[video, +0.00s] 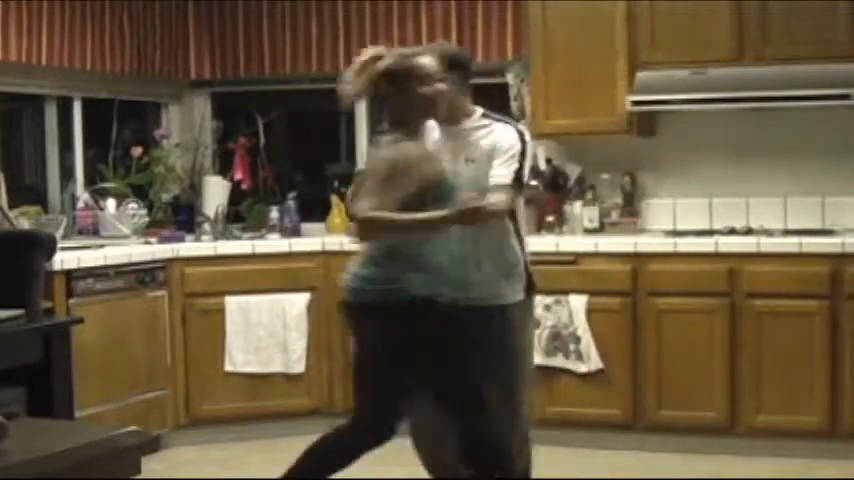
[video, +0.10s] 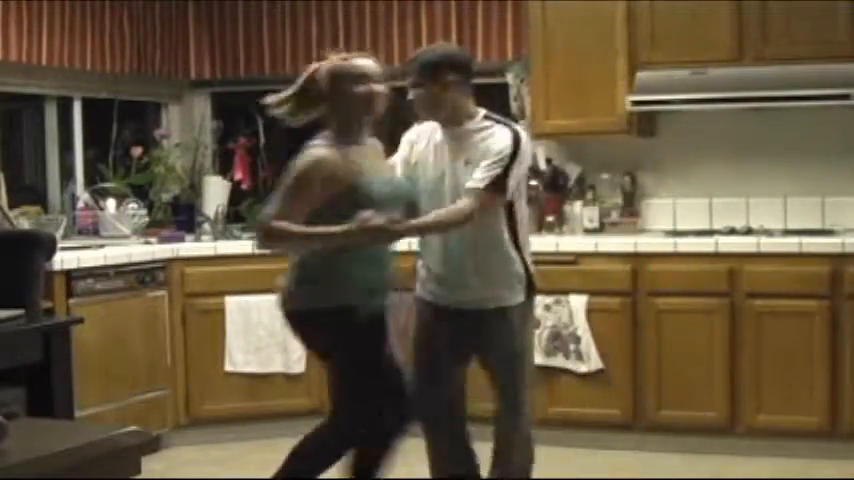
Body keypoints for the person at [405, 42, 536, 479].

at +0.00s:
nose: (426, 92)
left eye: (435, 81)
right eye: (422, 83)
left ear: (462, 83)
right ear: (422, 87)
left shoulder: (504, 136)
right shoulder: (418, 136)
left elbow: (500, 203)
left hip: (497, 298)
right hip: (433, 298)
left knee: (504, 414)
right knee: (429, 417)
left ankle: (513, 473)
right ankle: (453, 475)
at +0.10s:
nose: (410, 96)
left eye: (417, 87)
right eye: (409, 88)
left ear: (451, 85)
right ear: (444, 87)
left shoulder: (504, 139)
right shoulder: (415, 138)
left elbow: (473, 207)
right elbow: (392, 198)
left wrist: (401, 229)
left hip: (500, 301)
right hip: (436, 300)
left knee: (513, 411)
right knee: (435, 410)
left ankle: (512, 474)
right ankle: (456, 475)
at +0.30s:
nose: (409, 98)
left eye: (415, 88)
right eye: (409, 89)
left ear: (448, 87)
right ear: (442, 90)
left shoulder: (497, 141)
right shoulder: (424, 143)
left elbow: (426, 207)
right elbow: (399, 208)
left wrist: (339, 230)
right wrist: (331, 199)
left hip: (505, 303)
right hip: (448, 303)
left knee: (478, 411)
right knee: (439, 415)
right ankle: (451, 479)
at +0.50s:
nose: (411, 98)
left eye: (414, 88)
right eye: (411, 88)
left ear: (436, 87)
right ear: (462, 87)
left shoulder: (460, 142)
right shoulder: (480, 134)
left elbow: (383, 205)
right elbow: (464, 227)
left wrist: (301, 221)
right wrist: (394, 229)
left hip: (496, 310)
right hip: (474, 301)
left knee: (451, 440)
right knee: (415, 375)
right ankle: (486, 464)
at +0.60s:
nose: (419, 92)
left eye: (422, 82)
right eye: (420, 82)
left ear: (438, 84)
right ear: (474, 84)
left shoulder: (442, 143)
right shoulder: (508, 139)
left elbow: (371, 199)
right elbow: (518, 214)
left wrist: (287, 200)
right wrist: (442, 236)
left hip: (483, 312)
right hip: (517, 305)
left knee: (438, 429)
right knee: (419, 382)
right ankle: (501, 460)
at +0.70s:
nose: (431, 91)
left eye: (434, 82)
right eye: (433, 82)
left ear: (445, 85)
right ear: (488, 89)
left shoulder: (430, 140)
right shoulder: (529, 147)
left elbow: (361, 194)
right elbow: (554, 231)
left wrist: (287, 183)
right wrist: (490, 231)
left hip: (466, 314)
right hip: (520, 309)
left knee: (423, 433)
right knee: (471, 419)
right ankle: (512, 476)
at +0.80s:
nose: (441, 93)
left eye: (443, 87)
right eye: (442, 88)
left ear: (449, 87)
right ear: (500, 89)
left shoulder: (423, 139)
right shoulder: (543, 150)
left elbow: (362, 195)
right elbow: (578, 232)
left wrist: (295, 175)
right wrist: (531, 232)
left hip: (454, 316)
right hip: (524, 312)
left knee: (412, 428)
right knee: (501, 422)